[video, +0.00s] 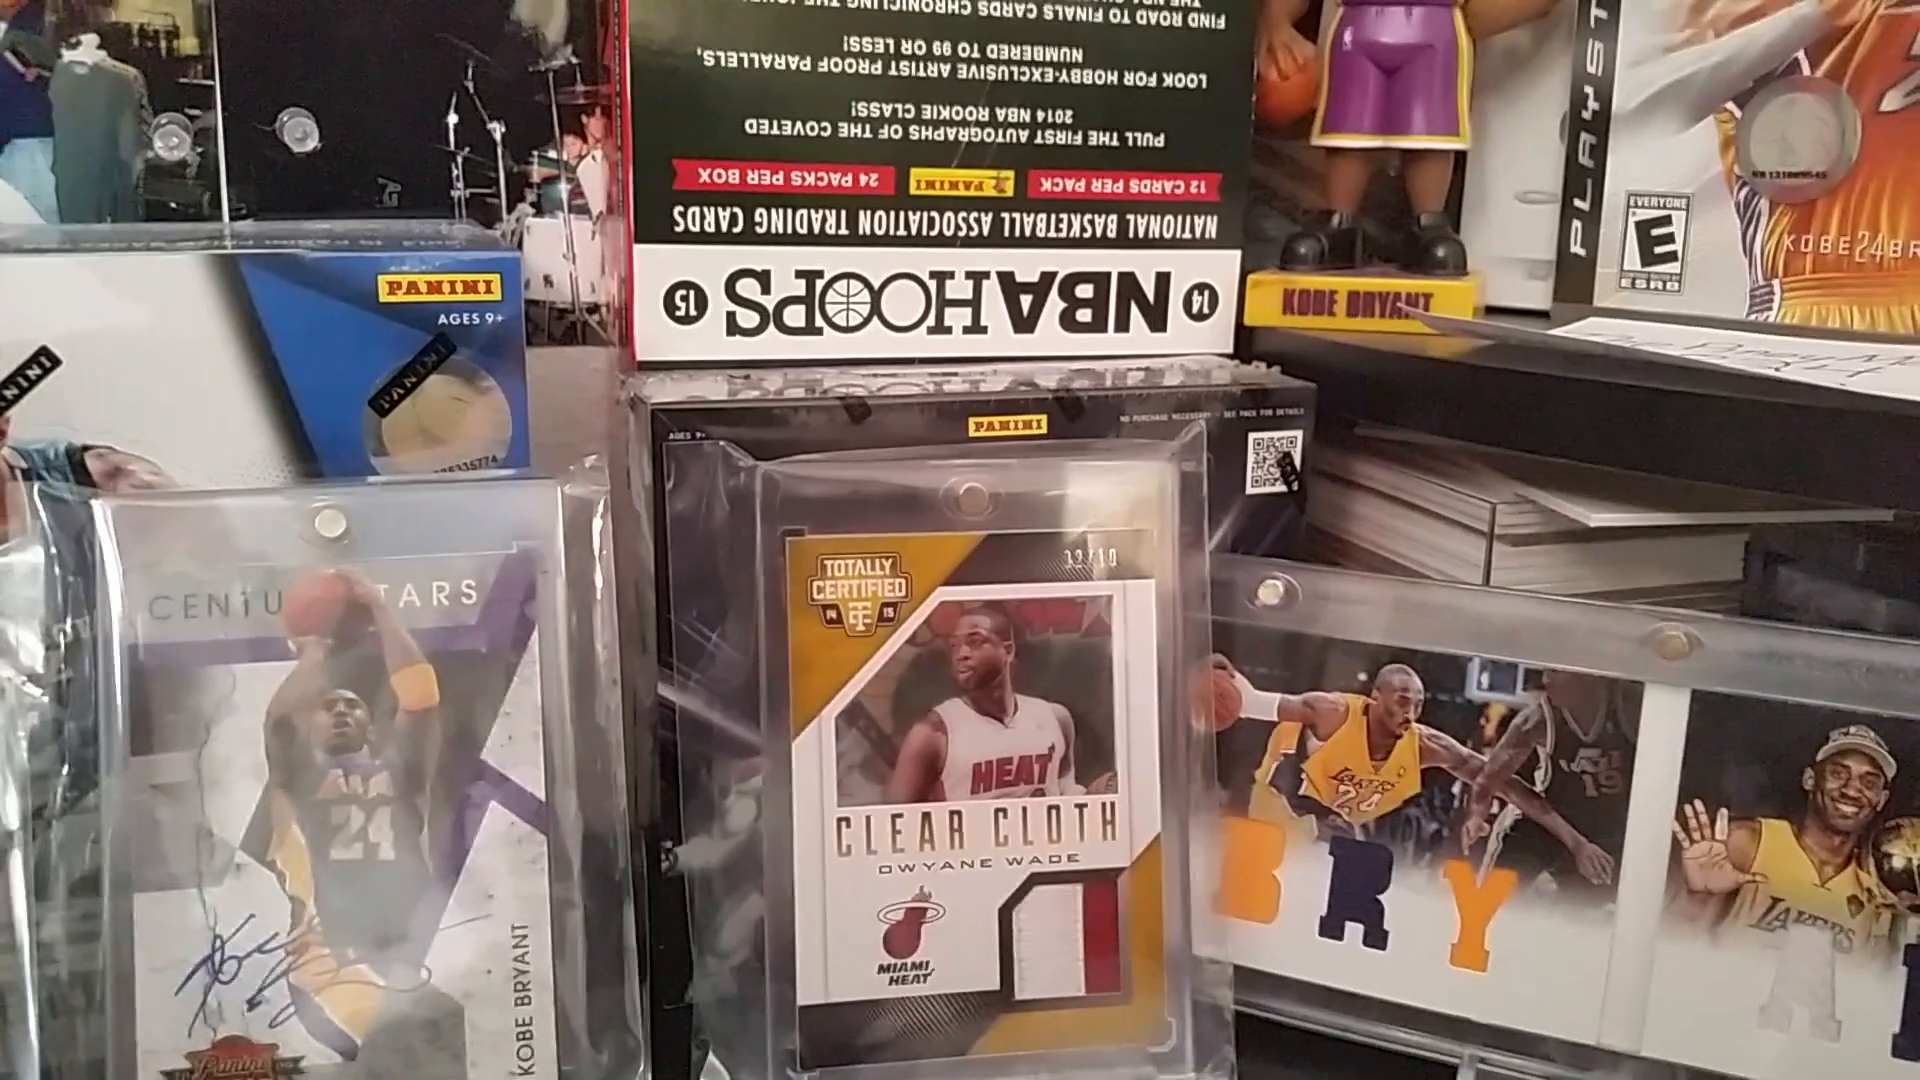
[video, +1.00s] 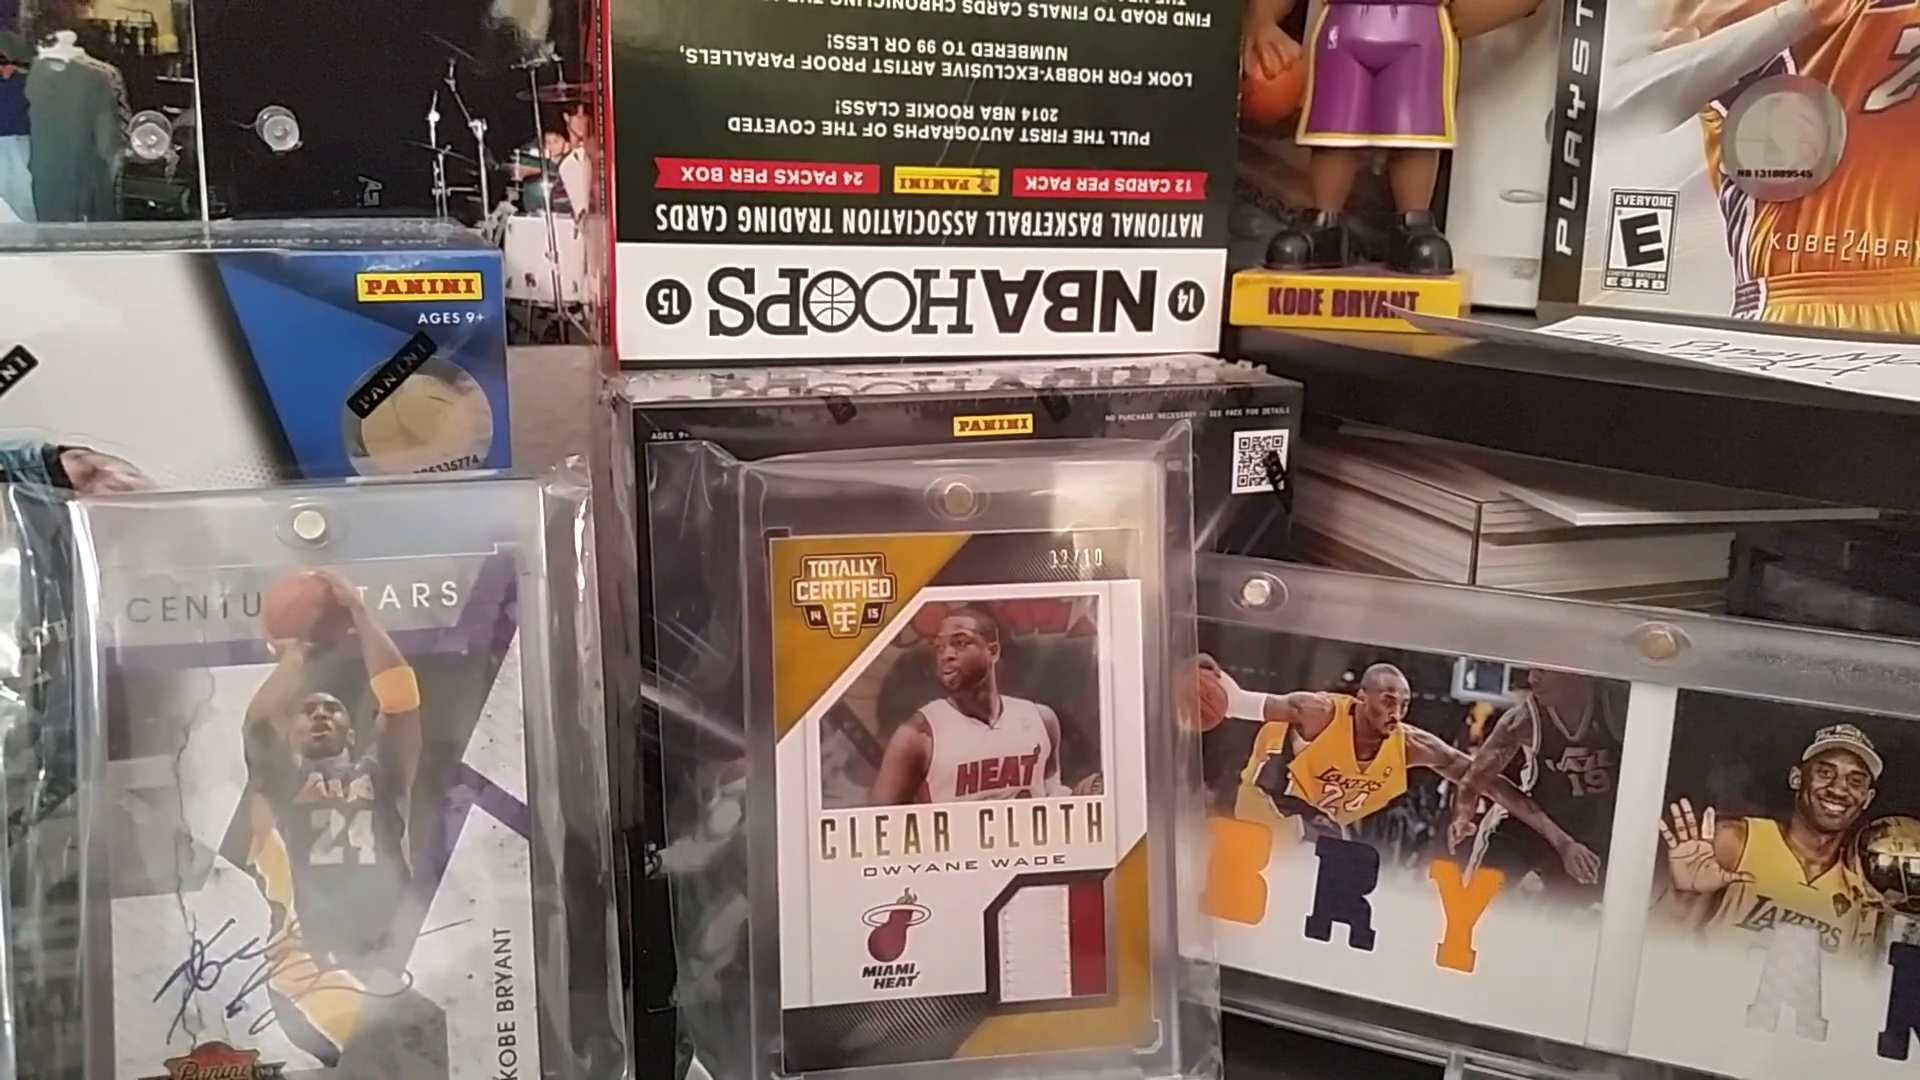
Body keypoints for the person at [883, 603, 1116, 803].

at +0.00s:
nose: (960, 654)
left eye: (975, 641)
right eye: (955, 645)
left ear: (1007, 651)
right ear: (950, 653)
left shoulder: (1057, 721)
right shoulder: (931, 735)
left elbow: (1066, 797)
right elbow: (892, 829)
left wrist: (1096, 796)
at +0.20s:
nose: (946, 654)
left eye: (961, 641)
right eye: (940, 645)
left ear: (994, 651)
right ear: (936, 652)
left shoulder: (1043, 720)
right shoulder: (917, 735)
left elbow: (1052, 795)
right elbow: (878, 828)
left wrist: (1081, 797)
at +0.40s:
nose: (945, 655)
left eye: (960, 642)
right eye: (938, 646)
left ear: (992, 652)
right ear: (933, 654)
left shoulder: (1042, 722)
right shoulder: (916, 736)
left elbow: (1051, 800)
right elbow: (875, 829)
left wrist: (1079, 799)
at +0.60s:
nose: (945, 654)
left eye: (959, 642)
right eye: (938, 646)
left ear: (992, 651)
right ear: (933, 654)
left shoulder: (1042, 721)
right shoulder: (916, 736)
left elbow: (1051, 799)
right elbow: (876, 829)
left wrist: (1079, 799)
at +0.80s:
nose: (944, 655)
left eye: (959, 642)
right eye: (938, 646)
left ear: (992, 652)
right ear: (933, 654)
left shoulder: (1041, 722)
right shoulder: (915, 736)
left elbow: (1051, 800)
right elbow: (876, 830)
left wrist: (1079, 798)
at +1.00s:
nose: (945, 655)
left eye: (960, 642)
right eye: (939, 646)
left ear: (993, 652)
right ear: (934, 654)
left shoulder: (1042, 722)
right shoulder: (916, 736)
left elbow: (1052, 801)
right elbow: (877, 830)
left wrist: (1080, 799)